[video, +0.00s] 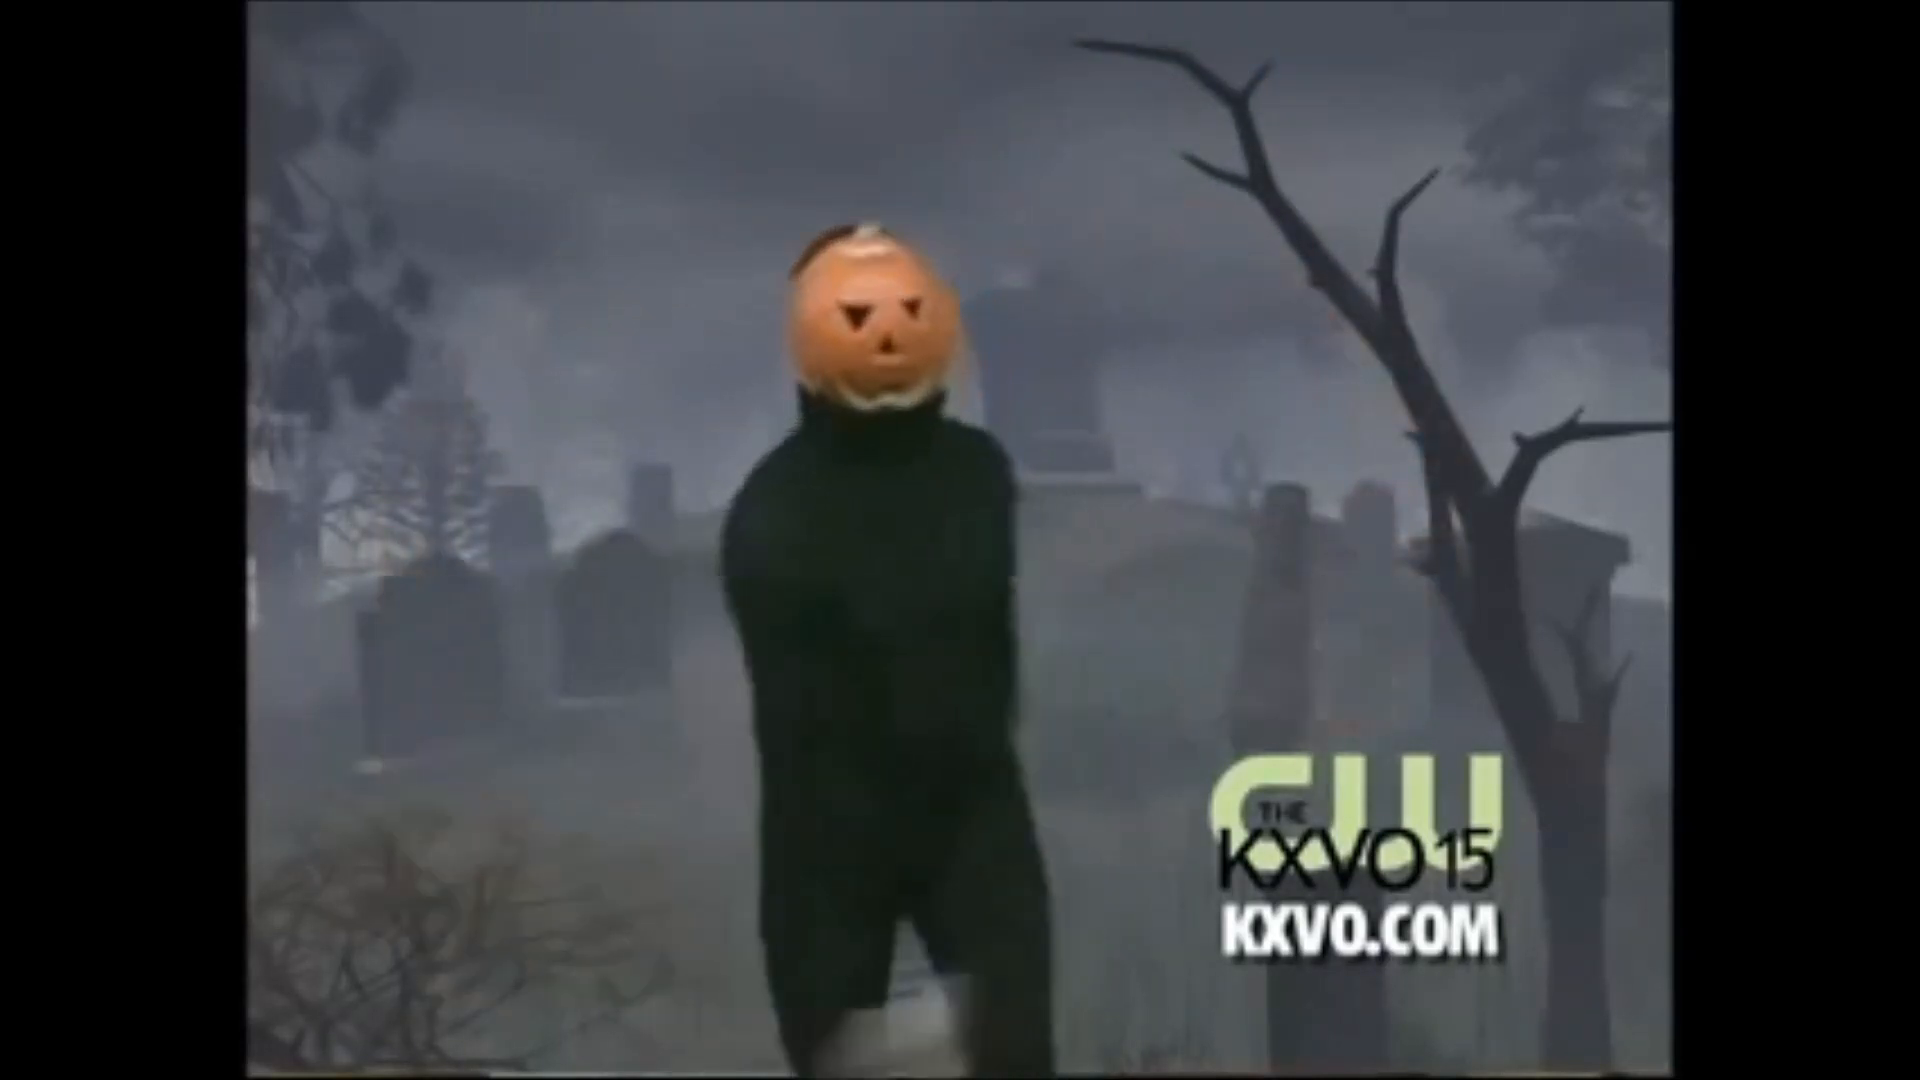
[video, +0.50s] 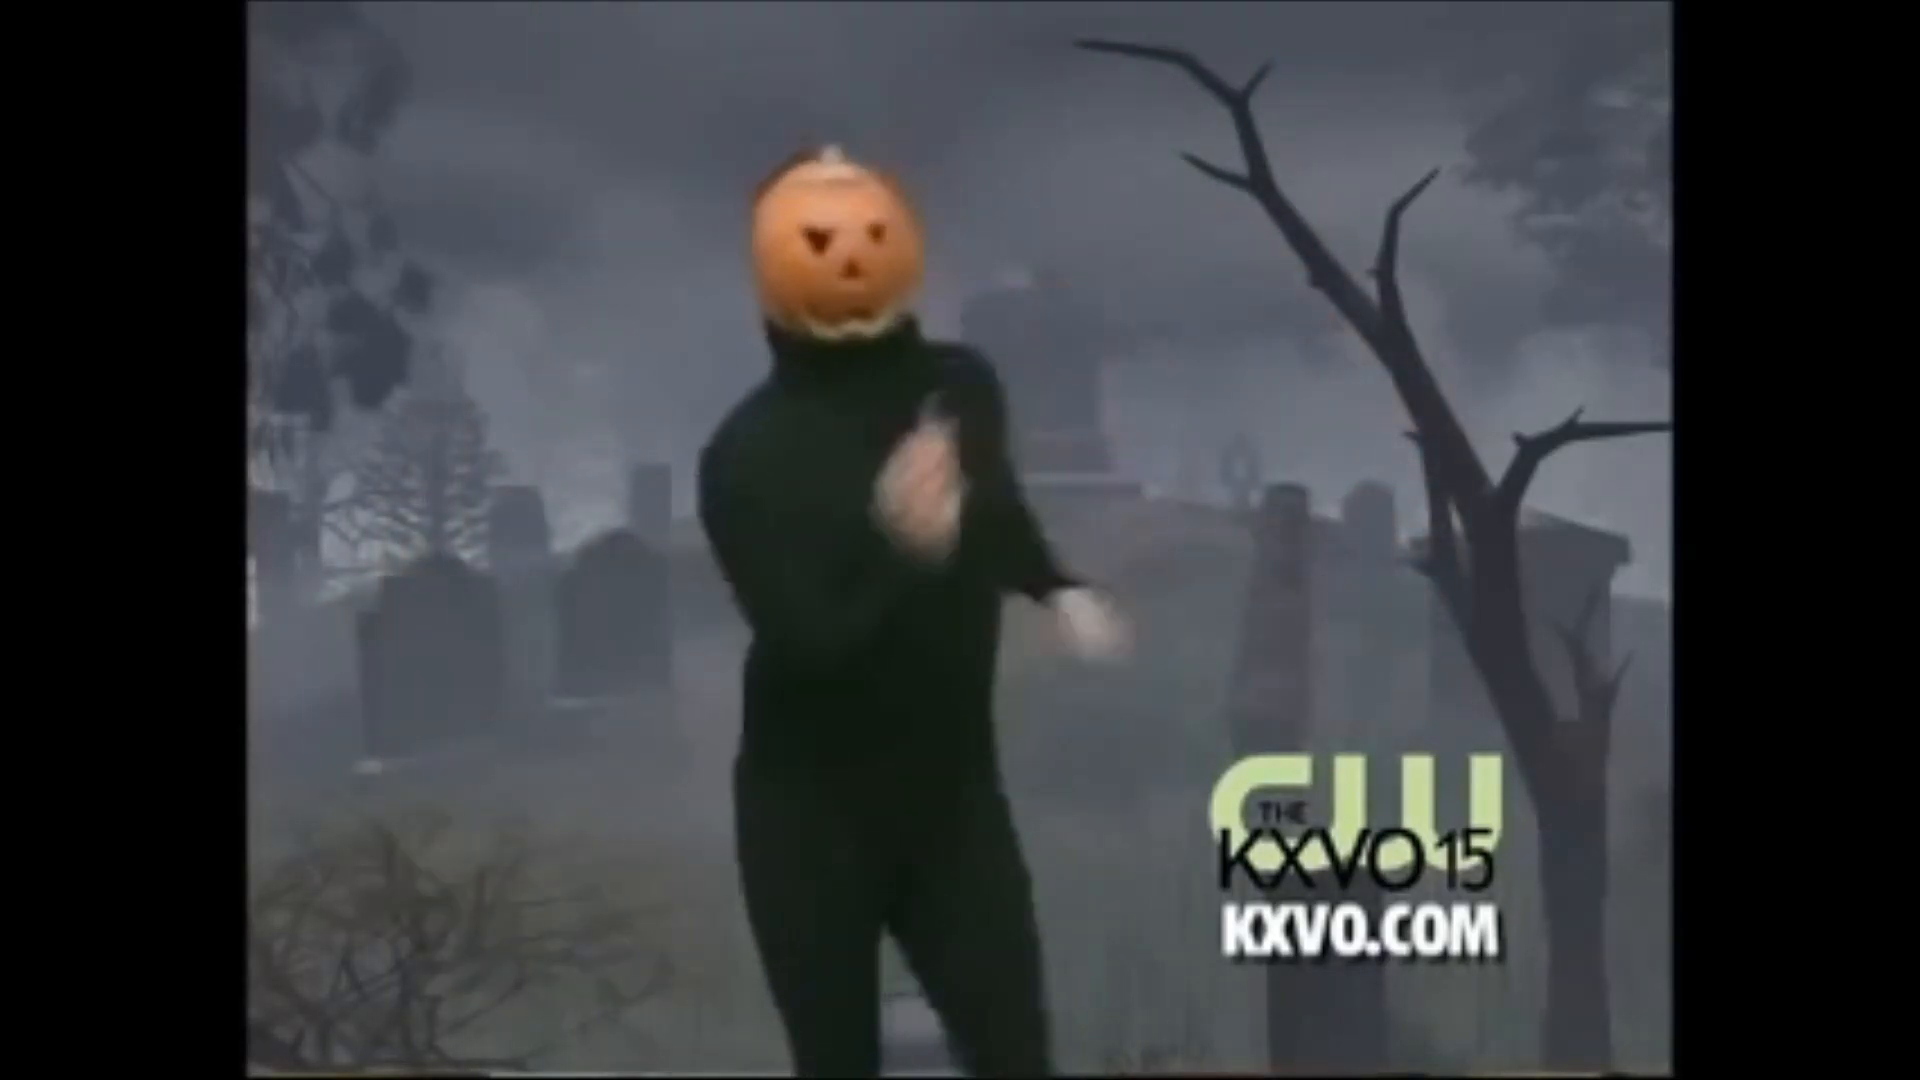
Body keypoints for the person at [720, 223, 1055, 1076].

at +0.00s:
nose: (889, 333)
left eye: (913, 309)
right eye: (854, 314)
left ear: (946, 328)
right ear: (801, 339)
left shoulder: (978, 474)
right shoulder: (773, 507)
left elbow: (989, 663)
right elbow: (797, 717)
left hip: (975, 827)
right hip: (826, 838)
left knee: (1013, 1050)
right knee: (831, 1050)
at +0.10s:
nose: (893, 304)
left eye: (915, 282)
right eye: (856, 290)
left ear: (948, 310)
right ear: (803, 331)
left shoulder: (972, 451)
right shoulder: (778, 492)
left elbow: (955, 611)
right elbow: (799, 690)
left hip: (962, 777)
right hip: (822, 802)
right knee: (846, 1049)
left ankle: (1028, 1064)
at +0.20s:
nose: (897, 273)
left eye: (917, 250)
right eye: (860, 255)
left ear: (953, 278)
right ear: (805, 296)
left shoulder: (973, 407)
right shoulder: (790, 462)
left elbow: (977, 610)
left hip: (950, 734)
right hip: (827, 770)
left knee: (1045, 788)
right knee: (851, 1058)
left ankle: (995, 1060)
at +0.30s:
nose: (889, 213)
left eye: (913, 191)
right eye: (853, 196)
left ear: (946, 220)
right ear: (799, 241)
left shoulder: (975, 362)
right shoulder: (777, 404)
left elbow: (967, 564)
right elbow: (938, 581)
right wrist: (1009, 396)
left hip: (963, 723)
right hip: (823, 747)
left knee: (1031, 936)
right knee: (847, 1028)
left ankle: (1002, 1070)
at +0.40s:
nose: (854, 214)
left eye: (876, 192)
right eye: (820, 197)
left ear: (912, 213)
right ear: (769, 233)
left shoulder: (962, 342)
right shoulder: (756, 401)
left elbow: (970, 523)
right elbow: (859, 583)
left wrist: (1012, 442)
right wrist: (992, 472)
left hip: (959, 757)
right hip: (813, 774)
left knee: (994, 1042)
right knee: (835, 1050)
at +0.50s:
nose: (850, 255)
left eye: (876, 231)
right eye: (816, 237)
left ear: (911, 253)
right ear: (769, 274)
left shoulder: (960, 387)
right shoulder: (749, 453)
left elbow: (995, 515)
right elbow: (809, 634)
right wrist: (898, 546)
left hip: (949, 791)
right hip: (810, 810)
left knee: (1013, 1052)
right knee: (837, 1060)